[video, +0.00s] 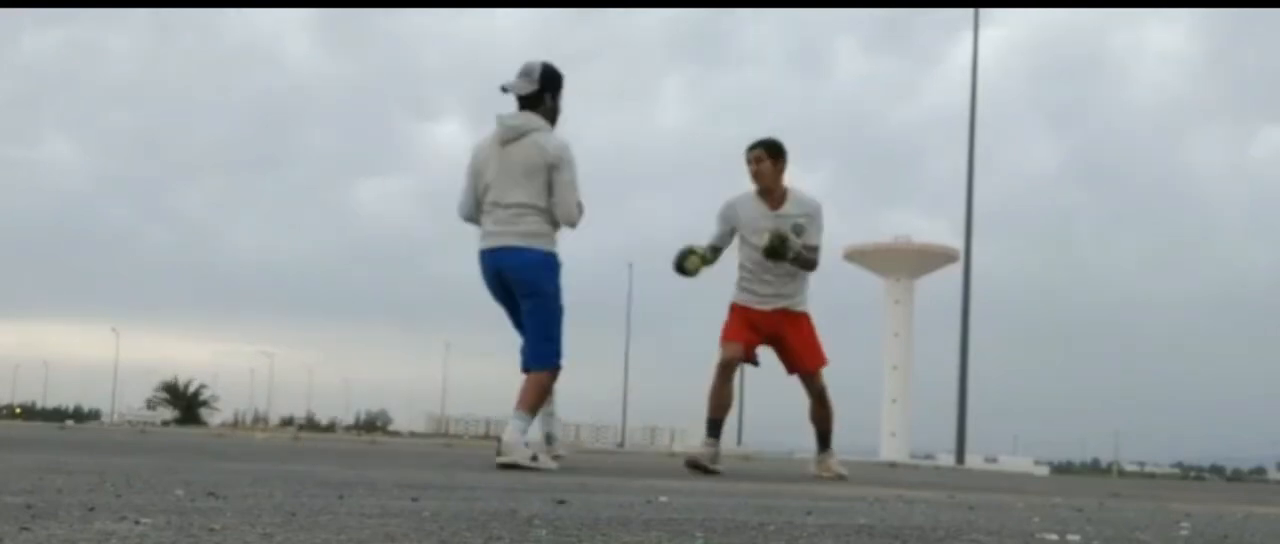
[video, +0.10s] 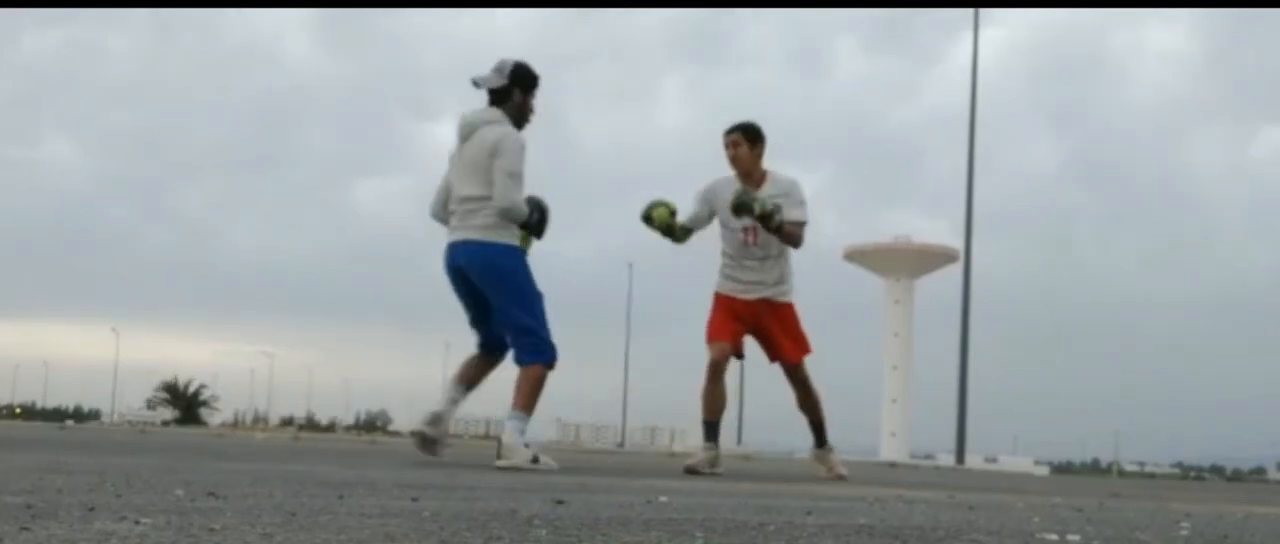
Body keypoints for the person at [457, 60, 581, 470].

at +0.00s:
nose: (562, 107)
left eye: (557, 100)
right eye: (560, 100)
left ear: (518, 98)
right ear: (552, 101)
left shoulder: (486, 145)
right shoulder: (554, 146)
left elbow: (468, 209)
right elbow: (567, 213)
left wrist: (500, 213)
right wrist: (571, 202)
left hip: (492, 255)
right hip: (534, 255)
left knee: (537, 344)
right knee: (544, 352)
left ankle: (544, 434)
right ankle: (516, 438)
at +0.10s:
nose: (533, 107)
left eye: (533, 98)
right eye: (530, 97)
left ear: (497, 96)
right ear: (514, 96)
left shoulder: (467, 143)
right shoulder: (508, 138)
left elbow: (439, 208)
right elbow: (507, 204)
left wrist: (486, 220)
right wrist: (533, 212)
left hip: (459, 252)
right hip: (496, 252)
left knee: (493, 344)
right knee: (538, 351)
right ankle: (514, 444)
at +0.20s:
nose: (493, 105)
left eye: (493, 96)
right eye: (489, 95)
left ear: (463, 92)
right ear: (469, 91)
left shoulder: (434, 128)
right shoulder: (456, 127)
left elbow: (440, 195)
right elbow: (458, 185)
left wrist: (482, 208)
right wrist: (491, 201)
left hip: (430, 252)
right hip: (456, 252)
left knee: (421, 354)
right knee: (513, 342)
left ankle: (317, 401)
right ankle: (513, 446)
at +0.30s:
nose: (457, 107)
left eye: (457, 98)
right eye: (453, 97)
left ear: (426, 95)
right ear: (432, 95)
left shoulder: (396, 134)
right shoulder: (416, 132)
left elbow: (396, 211)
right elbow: (409, 188)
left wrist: (443, 231)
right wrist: (449, 199)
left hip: (373, 248)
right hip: (403, 248)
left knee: (345, 345)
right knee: (468, 337)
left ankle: (267, 422)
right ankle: (499, 439)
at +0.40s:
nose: (434, 101)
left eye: (434, 92)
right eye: (429, 91)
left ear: (402, 91)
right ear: (408, 90)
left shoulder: (376, 126)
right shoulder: (389, 126)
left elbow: (375, 215)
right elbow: (366, 182)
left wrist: (419, 229)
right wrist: (411, 196)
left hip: (334, 245)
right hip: (360, 246)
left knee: (333, 352)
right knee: (429, 328)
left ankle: (262, 426)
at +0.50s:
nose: (412, 105)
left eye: (413, 96)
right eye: (409, 95)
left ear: (379, 91)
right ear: (387, 90)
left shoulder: (350, 121)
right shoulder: (374, 124)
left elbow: (338, 205)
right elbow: (362, 182)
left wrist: (384, 228)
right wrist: (403, 188)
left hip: (310, 236)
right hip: (333, 239)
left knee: (338, 345)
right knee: (355, 347)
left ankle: (272, 412)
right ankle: (265, 399)